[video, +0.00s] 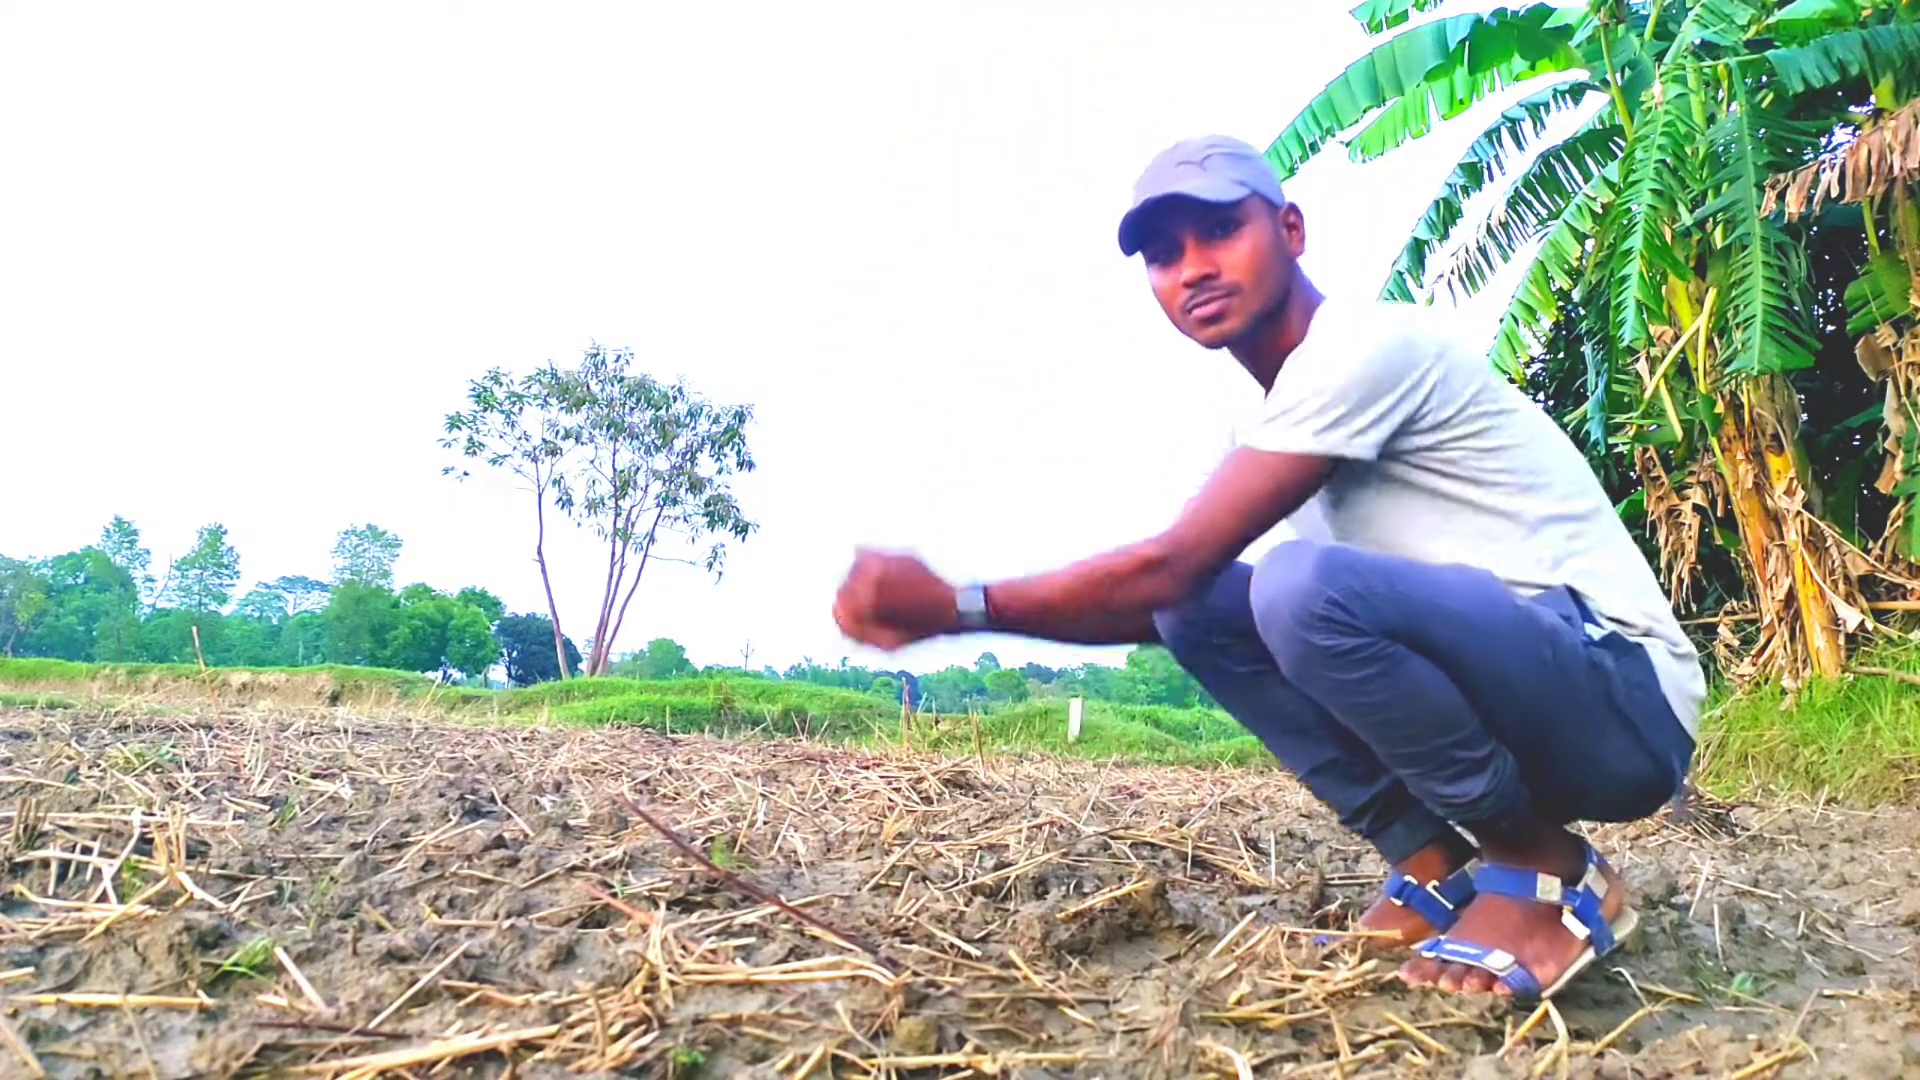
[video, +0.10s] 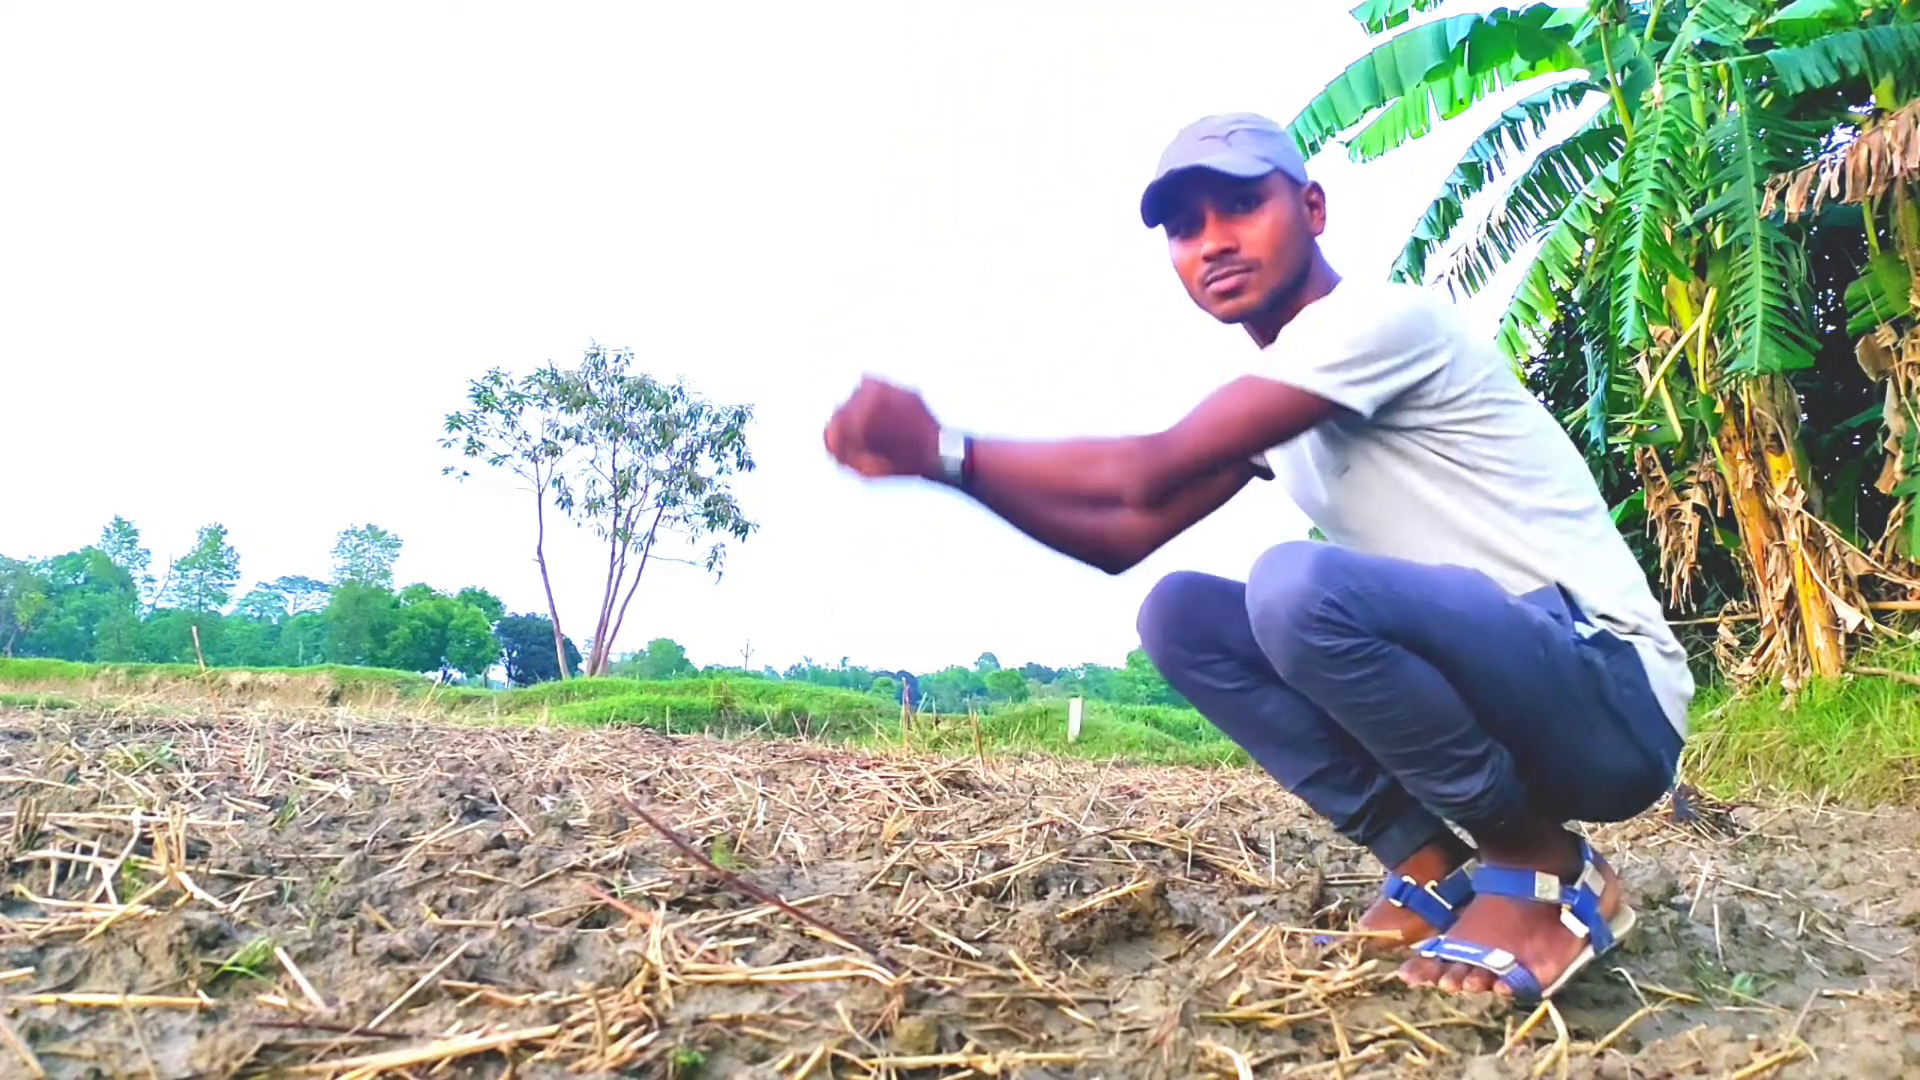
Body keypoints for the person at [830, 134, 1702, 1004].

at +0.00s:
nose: (1189, 268)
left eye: (1218, 227)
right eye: (1160, 251)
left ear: (1292, 232)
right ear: (1150, 286)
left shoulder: (1377, 347)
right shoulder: (1273, 430)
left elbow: (1167, 569)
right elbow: (1159, 607)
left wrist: (960, 606)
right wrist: (976, 614)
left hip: (1620, 695)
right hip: (1509, 717)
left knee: (1306, 592)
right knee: (1197, 608)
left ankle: (1546, 878)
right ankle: (1443, 872)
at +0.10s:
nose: (1210, 242)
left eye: (1238, 204)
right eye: (1183, 224)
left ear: (1311, 208)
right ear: (1169, 255)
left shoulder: (1383, 320)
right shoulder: (1280, 390)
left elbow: (1149, 472)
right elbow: (1124, 530)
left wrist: (946, 447)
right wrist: (951, 460)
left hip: (1609, 694)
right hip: (1498, 713)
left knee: (1298, 591)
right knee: (1180, 610)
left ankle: (1543, 872)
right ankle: (1439, 867)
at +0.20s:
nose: (1225, 231)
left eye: (1255, 195)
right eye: (1196, 212)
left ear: (1326, 199)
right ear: (1182, 243)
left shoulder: (1392, 306)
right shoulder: (1278, 383)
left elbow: (1140, 395)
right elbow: (1100, 482)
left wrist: (952, 346)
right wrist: (958, 371)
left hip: (1598, 698)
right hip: (1485, 714)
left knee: (1290, 596)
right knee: (1169, 625)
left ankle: (1536, 865)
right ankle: (1435, 870)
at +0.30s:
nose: (1234, 216)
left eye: (1267, 181)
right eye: (1209, 197)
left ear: (1342, 188)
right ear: (1195, 222)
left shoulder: (1404, 286)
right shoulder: (1272, 362)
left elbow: (1141, 322)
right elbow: (1087, 424)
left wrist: (972, 255)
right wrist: (970, 288)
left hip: (1588, 686)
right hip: (1468, 700)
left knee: (1282, 593)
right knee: (1160, 631)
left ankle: (1529, 856)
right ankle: (1431, 868)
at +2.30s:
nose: (1275, 168)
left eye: (1309, 132)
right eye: (1247, 149)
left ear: (1379, 149)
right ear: (1231, 182)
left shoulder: (1443, 238)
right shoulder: (1296, 328)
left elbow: (1188, 278)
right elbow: (1117, 383)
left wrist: (1010, 213)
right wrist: (990, 256)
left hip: (1566, 669)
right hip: (1434, 682)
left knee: (1271, 612)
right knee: (1125, 682)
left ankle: (1522, 859)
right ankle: (1424, 854)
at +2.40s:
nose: (1281, 160)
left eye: (1313, 129)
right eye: (1252, 143)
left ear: (1381, 147)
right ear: (1235, 185)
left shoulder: (1457, 246)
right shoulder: (1303, 346)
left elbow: (1296, 398)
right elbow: (1178, 501)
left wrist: (1079, 384)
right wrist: (1046, 458)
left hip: (1567, 676)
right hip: (1436, 699)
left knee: (1269, 612)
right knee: (1122, 682)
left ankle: (1518, 857)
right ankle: (1413, 855)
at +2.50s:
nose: (1272, 167)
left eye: (1302, 135)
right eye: (1241, 149)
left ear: (1364, 150)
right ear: (1219, 186)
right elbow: (1227, 556)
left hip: (1573, 683)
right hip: (1422, 706)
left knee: (1278, 608)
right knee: (1122, 677)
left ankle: (1518, 858)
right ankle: (1408, 850)